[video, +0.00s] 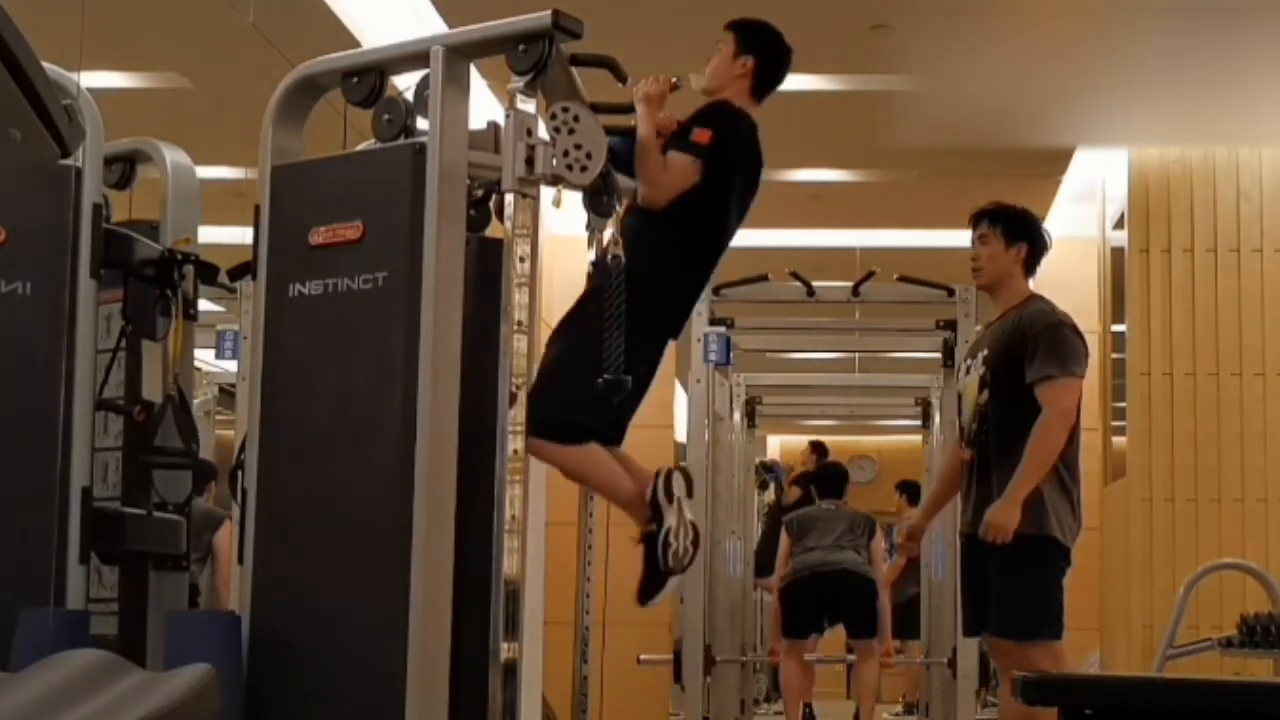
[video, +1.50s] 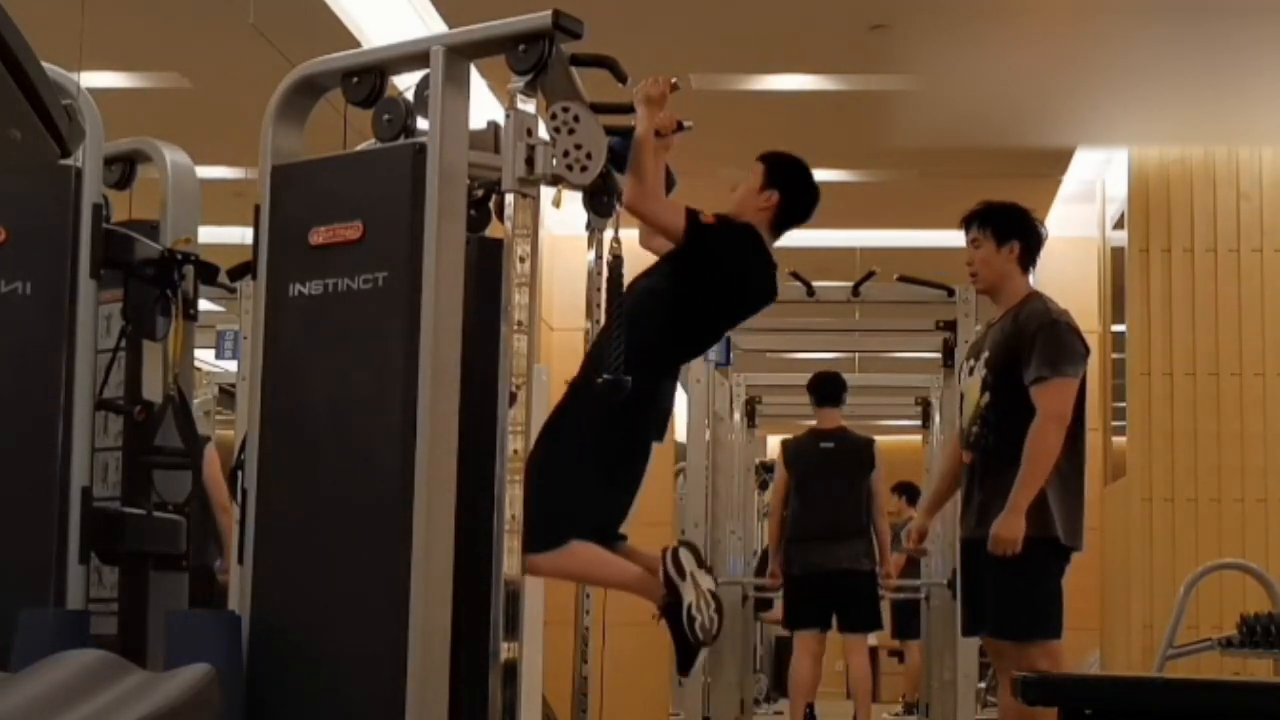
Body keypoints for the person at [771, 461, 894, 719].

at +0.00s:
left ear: (815, 490)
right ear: (846, 490)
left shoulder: (793, 521)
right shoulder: (867, 523)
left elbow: (780, 579)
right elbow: (881, 583)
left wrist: (777, 639)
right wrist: (887, 640)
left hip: (803, 586)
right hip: (856, 585)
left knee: (793, 653)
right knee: (867, 654)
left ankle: (793, 717)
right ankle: (865, 715)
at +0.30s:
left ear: (815, 484)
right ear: (847, 485)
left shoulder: (793, 518)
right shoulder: (867, 519)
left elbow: (781, 576)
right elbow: (880, 583)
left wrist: (779, 636)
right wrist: (887, 639)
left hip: (804, 585)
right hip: (855, 584)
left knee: (793, 652)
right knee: (868, 653)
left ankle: (793, 716)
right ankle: (865, 715)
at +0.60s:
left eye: (820, 427)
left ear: (815, 432)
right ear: (847, 431)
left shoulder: (795, 474)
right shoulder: (868, 473)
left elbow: (782, 534)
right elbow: (879, 537)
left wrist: (775, 578)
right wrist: (887, 589)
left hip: (805, 574)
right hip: (855, 573)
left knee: (803, 652)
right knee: (862, 649)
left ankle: (794, 715)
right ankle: (864, 714)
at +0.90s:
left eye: (818, 394)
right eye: (840, 394)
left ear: (812, 397)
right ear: (845, 397)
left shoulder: (791, 447)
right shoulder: (866, 446)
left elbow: (777, 509)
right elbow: (879, 512)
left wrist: (774, 560)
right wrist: (887, 562)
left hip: (805, 566)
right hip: (854, 565)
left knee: (805, 649)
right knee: (857, 650)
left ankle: (798, 715)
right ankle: (863, 714)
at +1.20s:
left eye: (814, 397)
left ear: (811, 400)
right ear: (844, 399)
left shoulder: (791, 449)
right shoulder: (866, 448)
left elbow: (776, 509)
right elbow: (879, 511)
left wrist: (774, 560)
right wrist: (887, 559)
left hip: (806, 567)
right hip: (853, 566)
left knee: (805, 649)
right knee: (857, 649)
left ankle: (797, 716)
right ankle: (863, 714)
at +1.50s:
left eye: (814, 398)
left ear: (811, 400)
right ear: (844, 399)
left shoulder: (791, 449)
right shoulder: (866, 447)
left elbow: (776, 508)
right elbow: (879, 511)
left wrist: (773, 558)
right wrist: (886, 559)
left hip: (806, 566)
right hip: (854, 565)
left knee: (805, 648)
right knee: (857, 649)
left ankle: (798, 716)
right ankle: (863, 714)